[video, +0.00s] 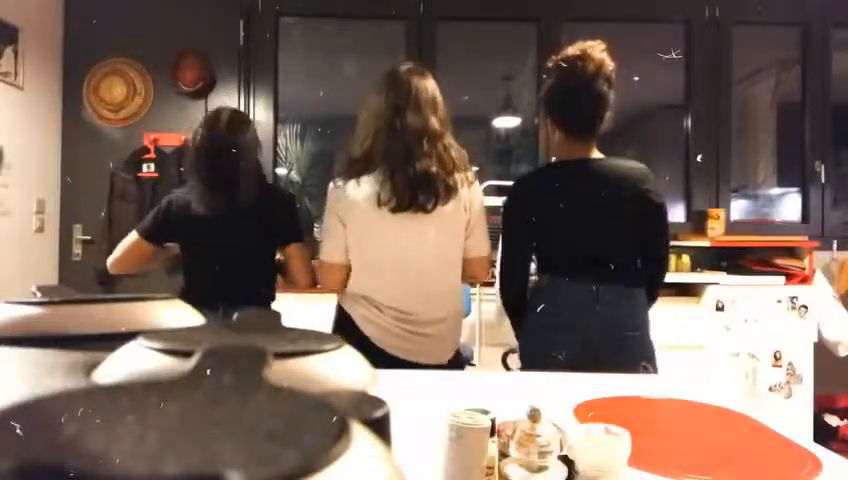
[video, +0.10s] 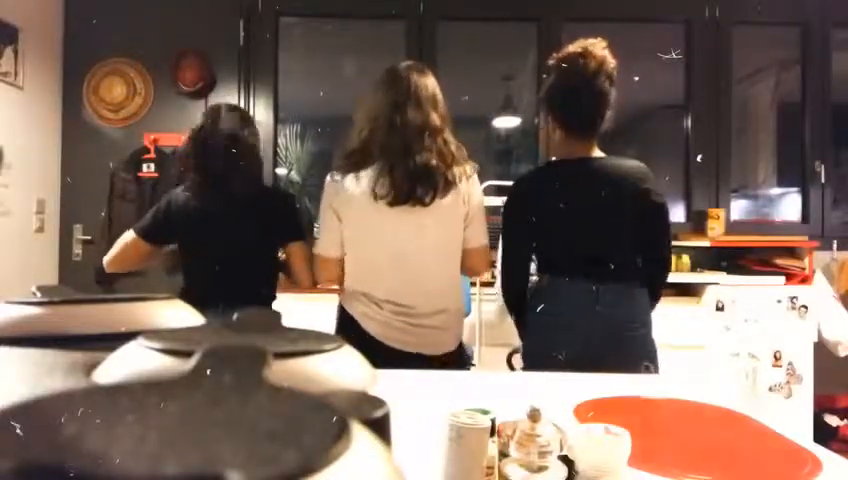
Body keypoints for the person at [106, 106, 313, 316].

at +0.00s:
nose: (260, 148)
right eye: (256, 143)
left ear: (198, 153)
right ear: (253, 149)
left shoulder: (181, 203)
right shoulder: (277, 202)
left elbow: (117, 264)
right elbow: (303, 279)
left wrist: (169, 252)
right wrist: (270, 262)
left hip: (194, 330)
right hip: (258, 332)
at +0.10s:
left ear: (197, 150)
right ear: (254, 149)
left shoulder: (182, 203)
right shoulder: (278, 203)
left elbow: (113, 262)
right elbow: (304, 280)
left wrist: (173, 253)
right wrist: (270, 260)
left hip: (194, 331)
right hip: (260, 333)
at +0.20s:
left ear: (196, 146)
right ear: (254, 145)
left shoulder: (181, 206)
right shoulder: (280, 203)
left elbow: (120, 269)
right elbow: (305, 282)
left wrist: (174, 250)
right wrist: (269, 262)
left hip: (199, 338)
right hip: (264, 338)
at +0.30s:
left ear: (198, 146)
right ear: (260, 145)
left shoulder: (182, 202)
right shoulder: (281, 202)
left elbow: (139, 270)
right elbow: (306, 279)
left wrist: (177, 246)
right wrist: (274, 260)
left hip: (202, 332)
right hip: (265, 331)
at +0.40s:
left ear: (206, 157)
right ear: (263, 154)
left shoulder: (191, 208)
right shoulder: (283, 208)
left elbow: (166, 264)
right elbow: (309, 286)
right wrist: (279, 260)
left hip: (209, 335)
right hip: (269, 335)